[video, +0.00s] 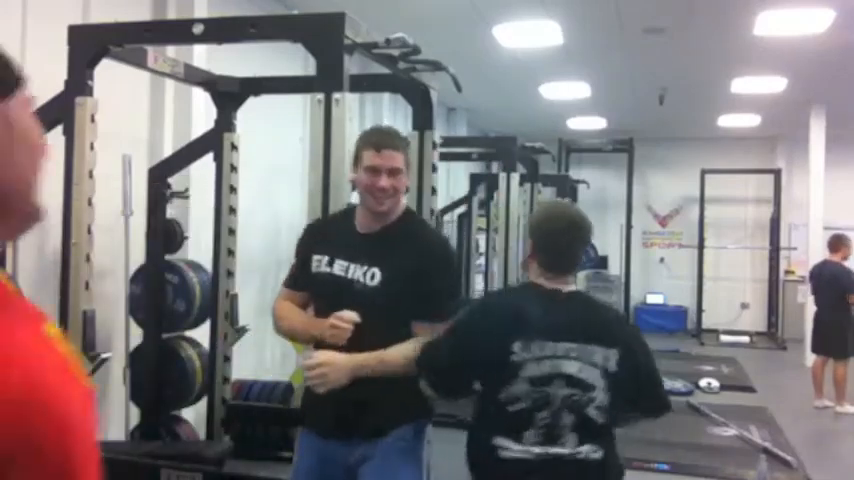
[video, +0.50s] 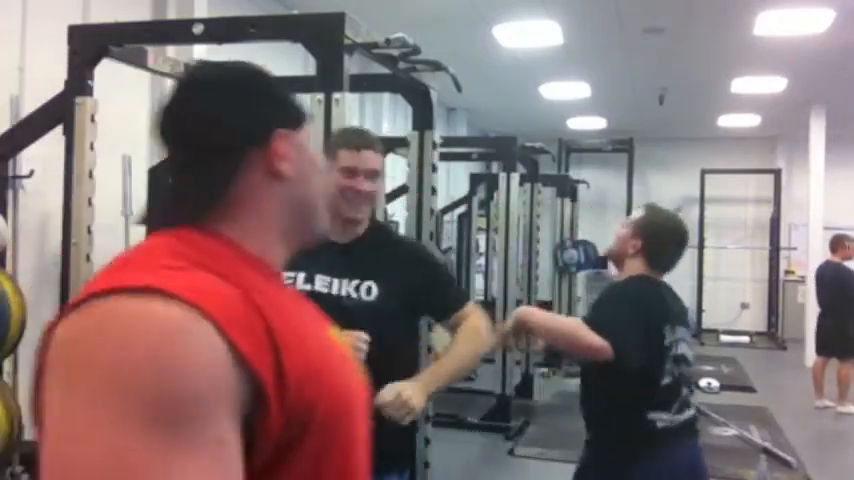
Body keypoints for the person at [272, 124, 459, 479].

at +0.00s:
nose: (383, 183)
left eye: (393, 173)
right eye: (373, 172)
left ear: (407, 178)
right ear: (354, 175)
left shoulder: (431, 250)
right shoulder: (320, 234)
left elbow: (434, 345)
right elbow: (284, 311)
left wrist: (353, 365)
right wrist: (319, 328)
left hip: (393, 429)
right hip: (322, 424)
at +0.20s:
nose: (408, 201)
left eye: (416, 191)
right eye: (398, 188)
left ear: (421, 190)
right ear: (363, 178)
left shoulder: (423, 249)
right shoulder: (301, 238)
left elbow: (459, 331)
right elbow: (249, 324)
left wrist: (381, 349)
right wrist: (327, 327)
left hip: (383, 443)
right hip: (304, 435)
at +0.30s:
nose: (403, 199)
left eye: (409, 190)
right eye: (393, 187)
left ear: (415, 190)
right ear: (356, 180)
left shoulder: (418, 252)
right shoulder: (290, 243)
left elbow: (494, 307)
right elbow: (237, 325)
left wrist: (422, 346)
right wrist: (324, 335)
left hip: (382, 452)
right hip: (299, 448)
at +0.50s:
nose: (361, 186)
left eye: (372, 177)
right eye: (349, 174)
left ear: (382, 183)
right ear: (324, 173)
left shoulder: (409, 259)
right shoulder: (289, 252)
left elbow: (478, 329)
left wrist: (422, 387)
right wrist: (322, 341)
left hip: (384, 456)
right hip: (302, 450)